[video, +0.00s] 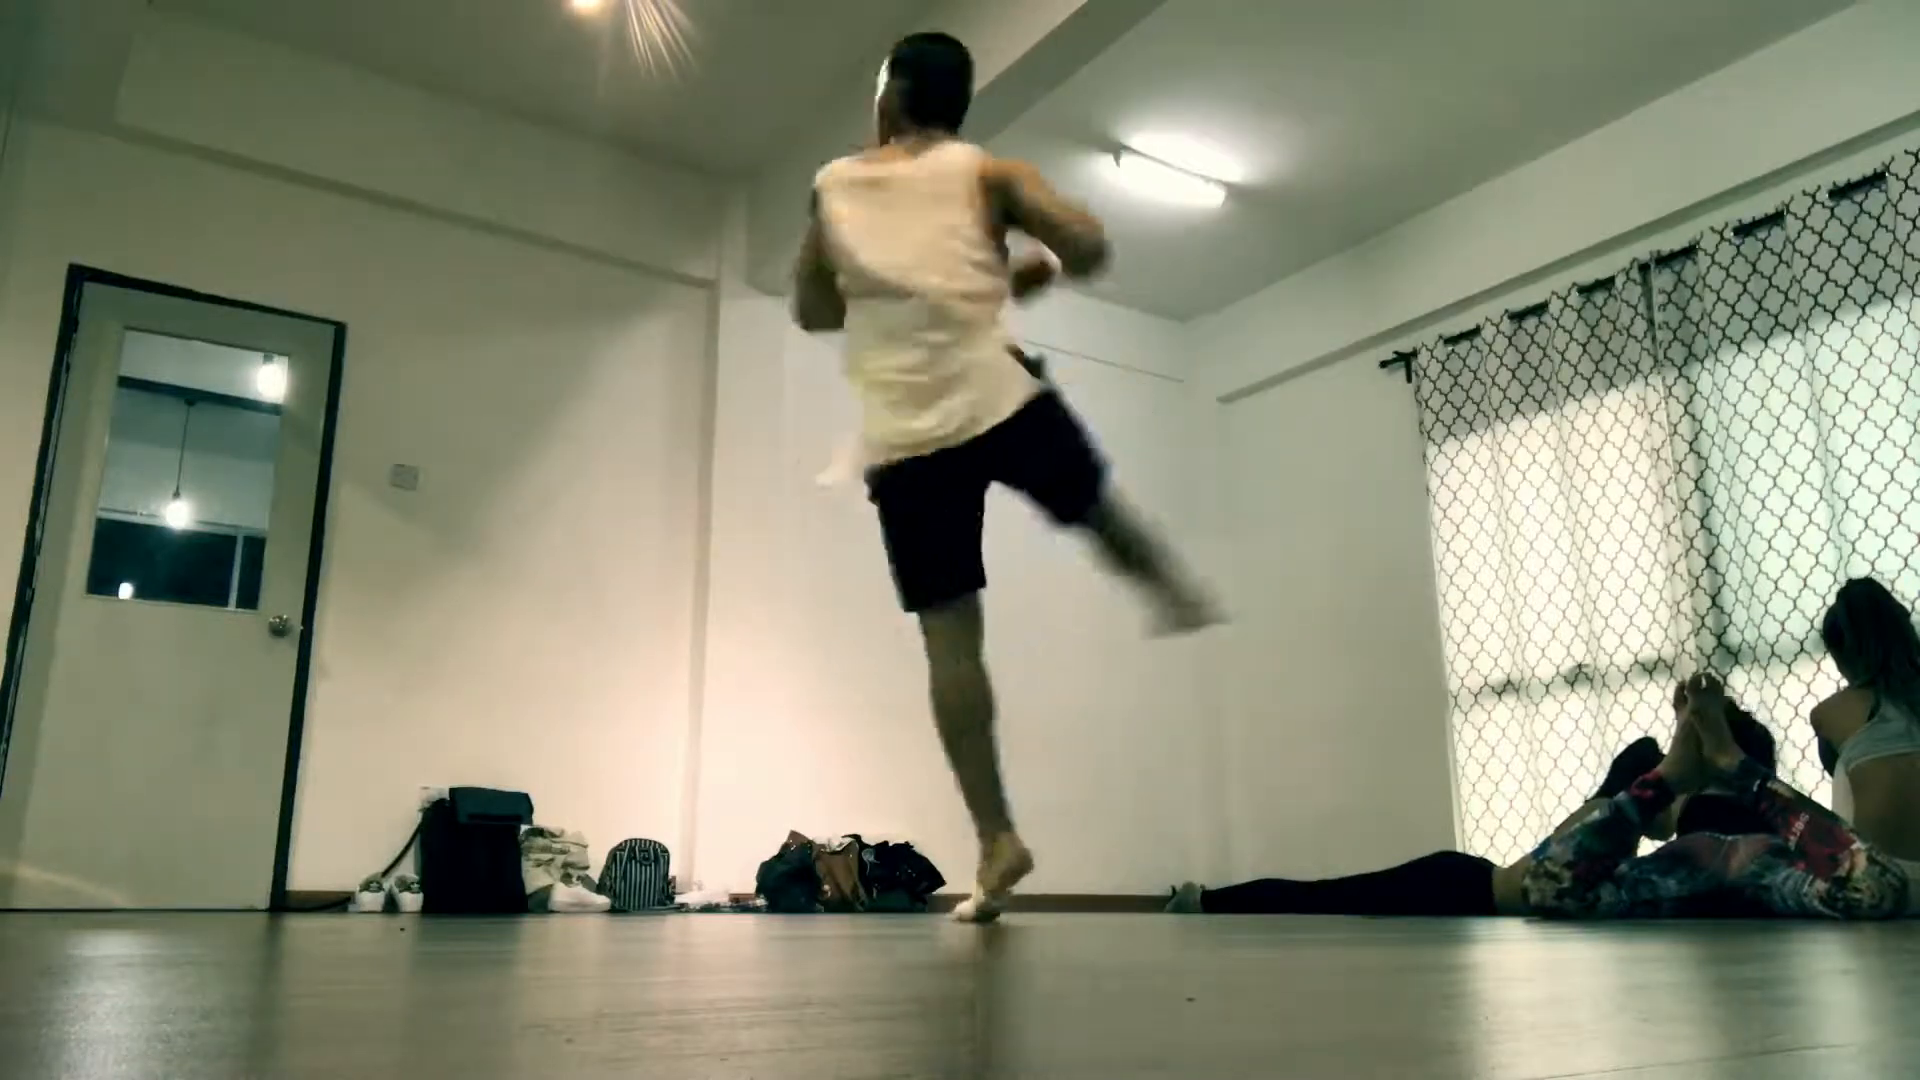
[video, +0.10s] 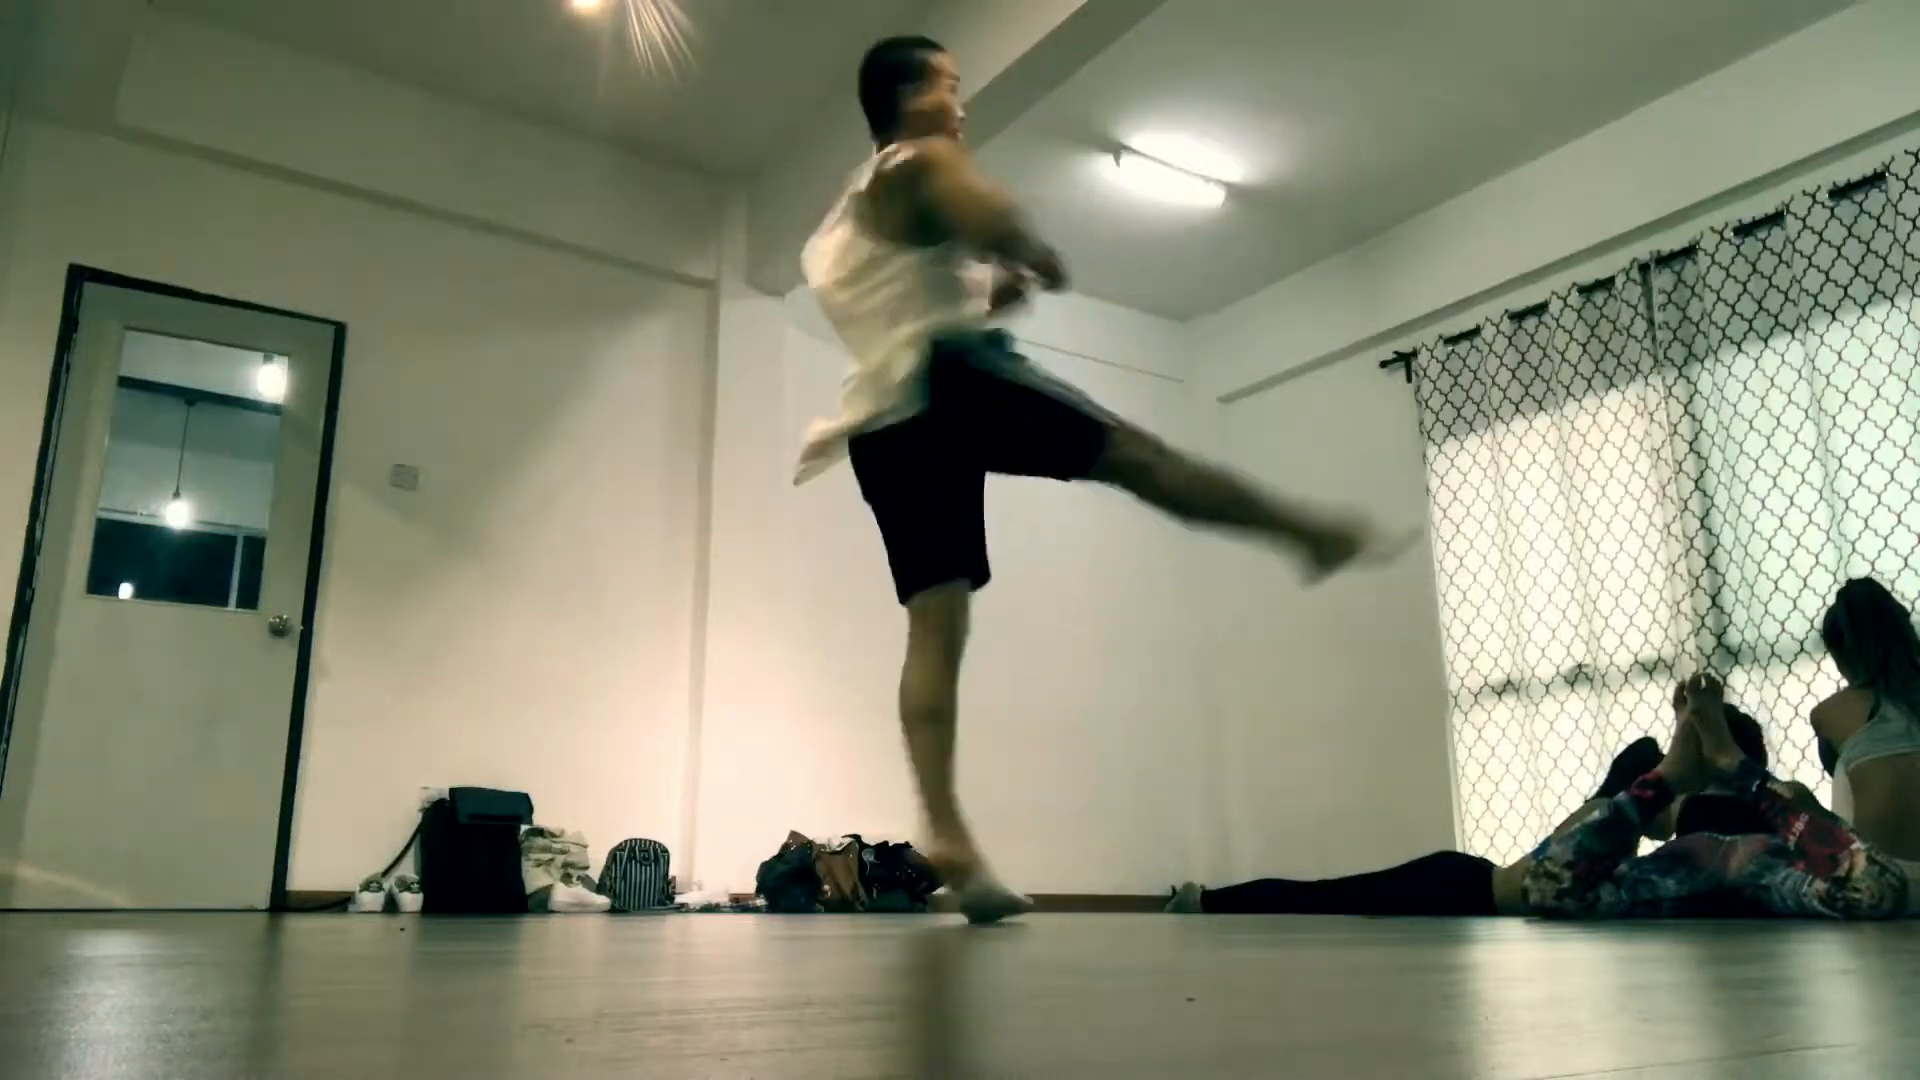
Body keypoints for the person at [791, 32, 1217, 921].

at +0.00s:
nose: (874, 95)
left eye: (880, 83)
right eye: (884, 81)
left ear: (889, 96)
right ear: (959, 107)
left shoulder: (837, 185)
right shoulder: (988, 172)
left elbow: (813, 307)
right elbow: (1088, 244)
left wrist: (894, 289)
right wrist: (1043, 271)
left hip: (906, 447)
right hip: (1006, 409)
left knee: (951, 649)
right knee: (1102, 511)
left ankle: (996, 840)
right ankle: (1176, 597)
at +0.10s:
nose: (958, 100)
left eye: (954, 86)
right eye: (943, 86)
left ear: (882, 111)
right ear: (899, 99)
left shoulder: (845, 218)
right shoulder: (922, 161)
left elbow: (901, 309)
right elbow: (991, 218)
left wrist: (989, 292)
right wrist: (1043, 261)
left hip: (889, 427)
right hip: (959, 386)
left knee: (935, 625)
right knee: (1136, 456)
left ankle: (944, 841)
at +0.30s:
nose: (884, 175)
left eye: (900, 158)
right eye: (874, 170)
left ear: (950, 173)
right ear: (876, 196)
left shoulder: (1015, 283)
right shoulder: (864, 266)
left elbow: (1126, 346)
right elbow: (773, 255)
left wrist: (1234, 370)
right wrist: (713, 209)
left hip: (968, 497)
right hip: (875, 479)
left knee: (966, 680)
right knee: (899, 405)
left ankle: (896, 879)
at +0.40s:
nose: (879, 133)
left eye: (896, 115)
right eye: (874, 120)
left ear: (952, 124)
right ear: (883, 139)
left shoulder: (1027, 208)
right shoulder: (861, 225)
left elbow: (1164, 227)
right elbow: (719, 229)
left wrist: (1284, 236)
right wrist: (590, 220)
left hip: (984, 468)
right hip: (892, 431)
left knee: (948, 676)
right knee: (748, 424)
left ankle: (901, 876)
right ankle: (589, 398)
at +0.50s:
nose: (866, 89)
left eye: (883, 71)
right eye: (862, 77)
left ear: (941, 79)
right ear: (881, 99)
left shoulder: (1008, 154)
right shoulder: (869, 207)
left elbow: (1147, 165)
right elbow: (773, 260)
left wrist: (1285, 173)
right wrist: (697, 283)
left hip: (979, 430)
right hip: (880, 403)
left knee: (950, 643)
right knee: (723, 453)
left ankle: (928, 868)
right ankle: (506, 495)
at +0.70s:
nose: (839, 85)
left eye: (856, 69)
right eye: (840, 72)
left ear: (912, 81)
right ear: (902, 85)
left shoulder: (905, 154)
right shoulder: (896, 163)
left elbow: (825, 222)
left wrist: (713, 254)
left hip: (923, 418)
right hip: (909, 417)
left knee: (927, 639)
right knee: (839, 493)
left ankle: (959, 858)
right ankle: (806, 659)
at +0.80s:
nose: (822, 84)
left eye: (837, 69)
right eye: (827, 67)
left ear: (889, 79)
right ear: (905, 85)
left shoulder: (814, 167)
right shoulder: (966, 176)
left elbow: (734, 285)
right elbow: (1055, 288)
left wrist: (687, 340)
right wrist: (1037, 380)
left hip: (872, 437)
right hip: (974, 427)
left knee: (895, 646)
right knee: (975, 503)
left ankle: (937, 850)